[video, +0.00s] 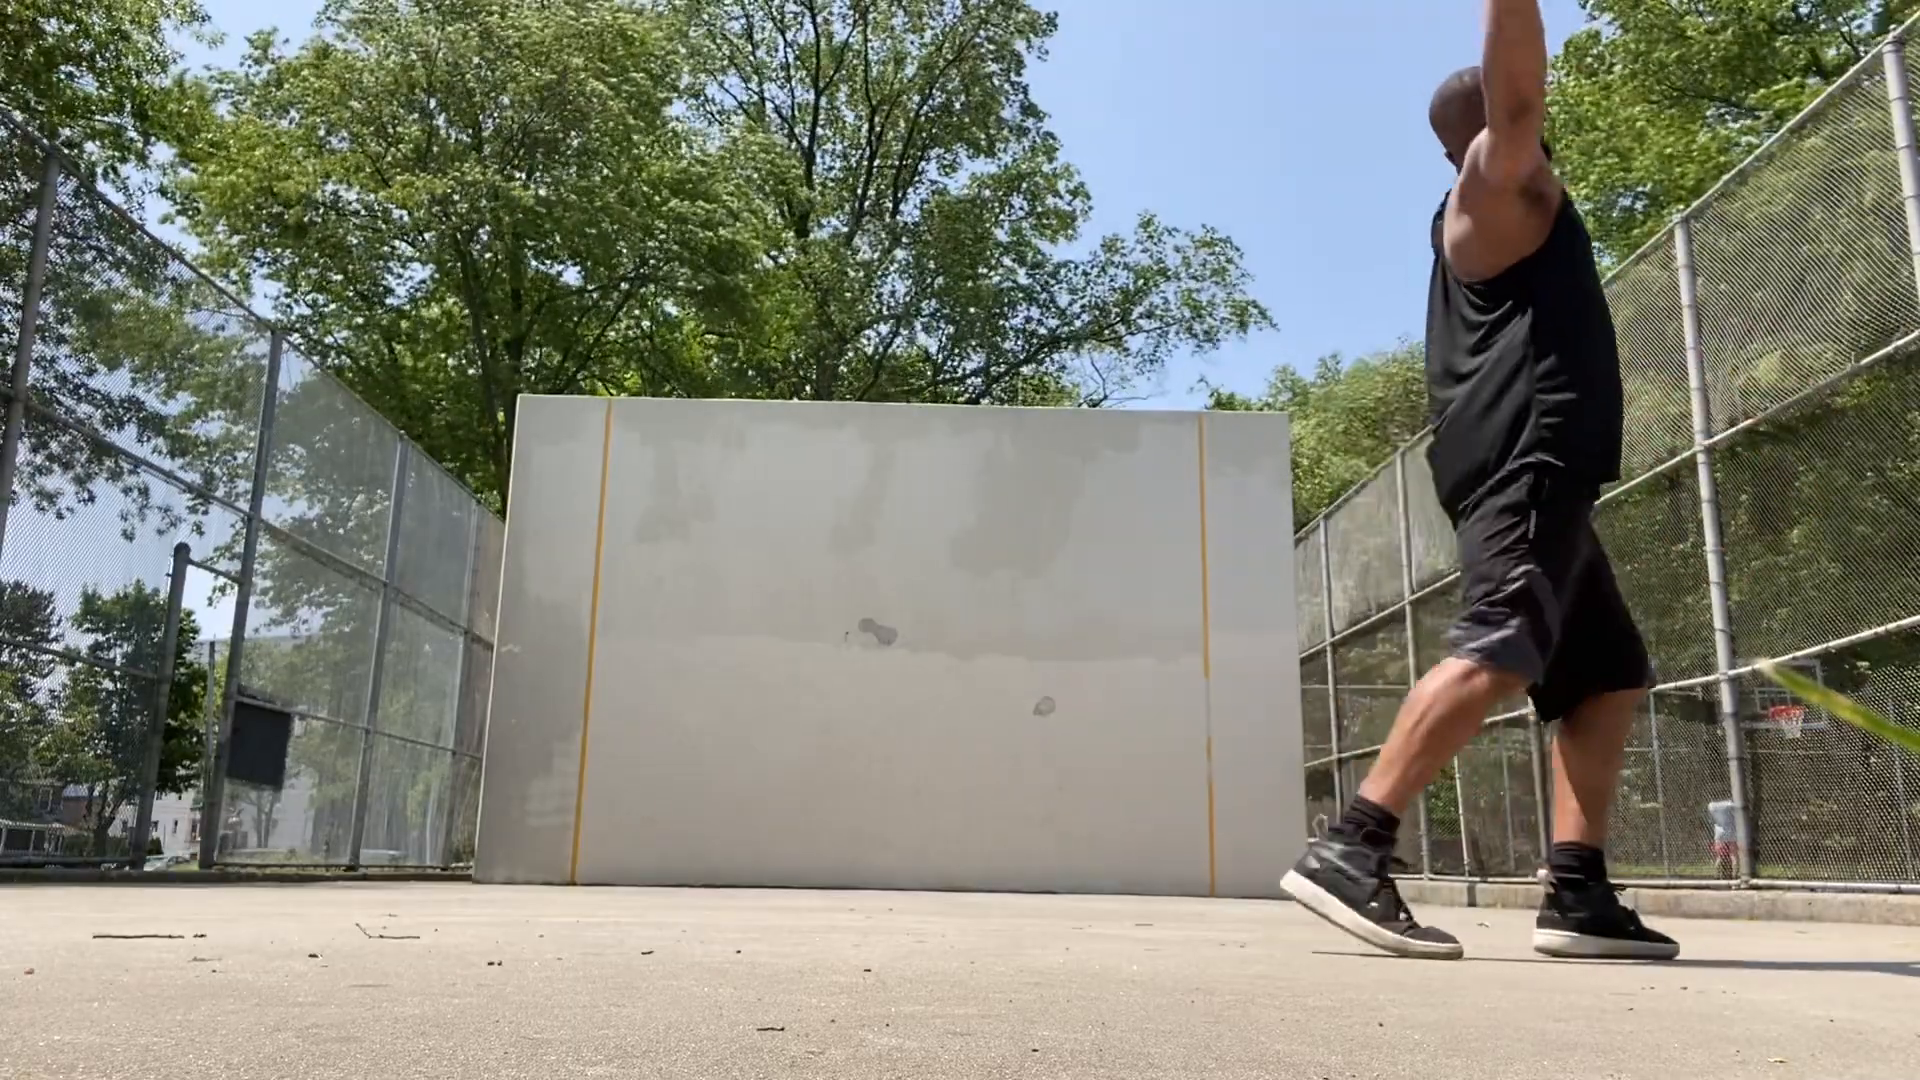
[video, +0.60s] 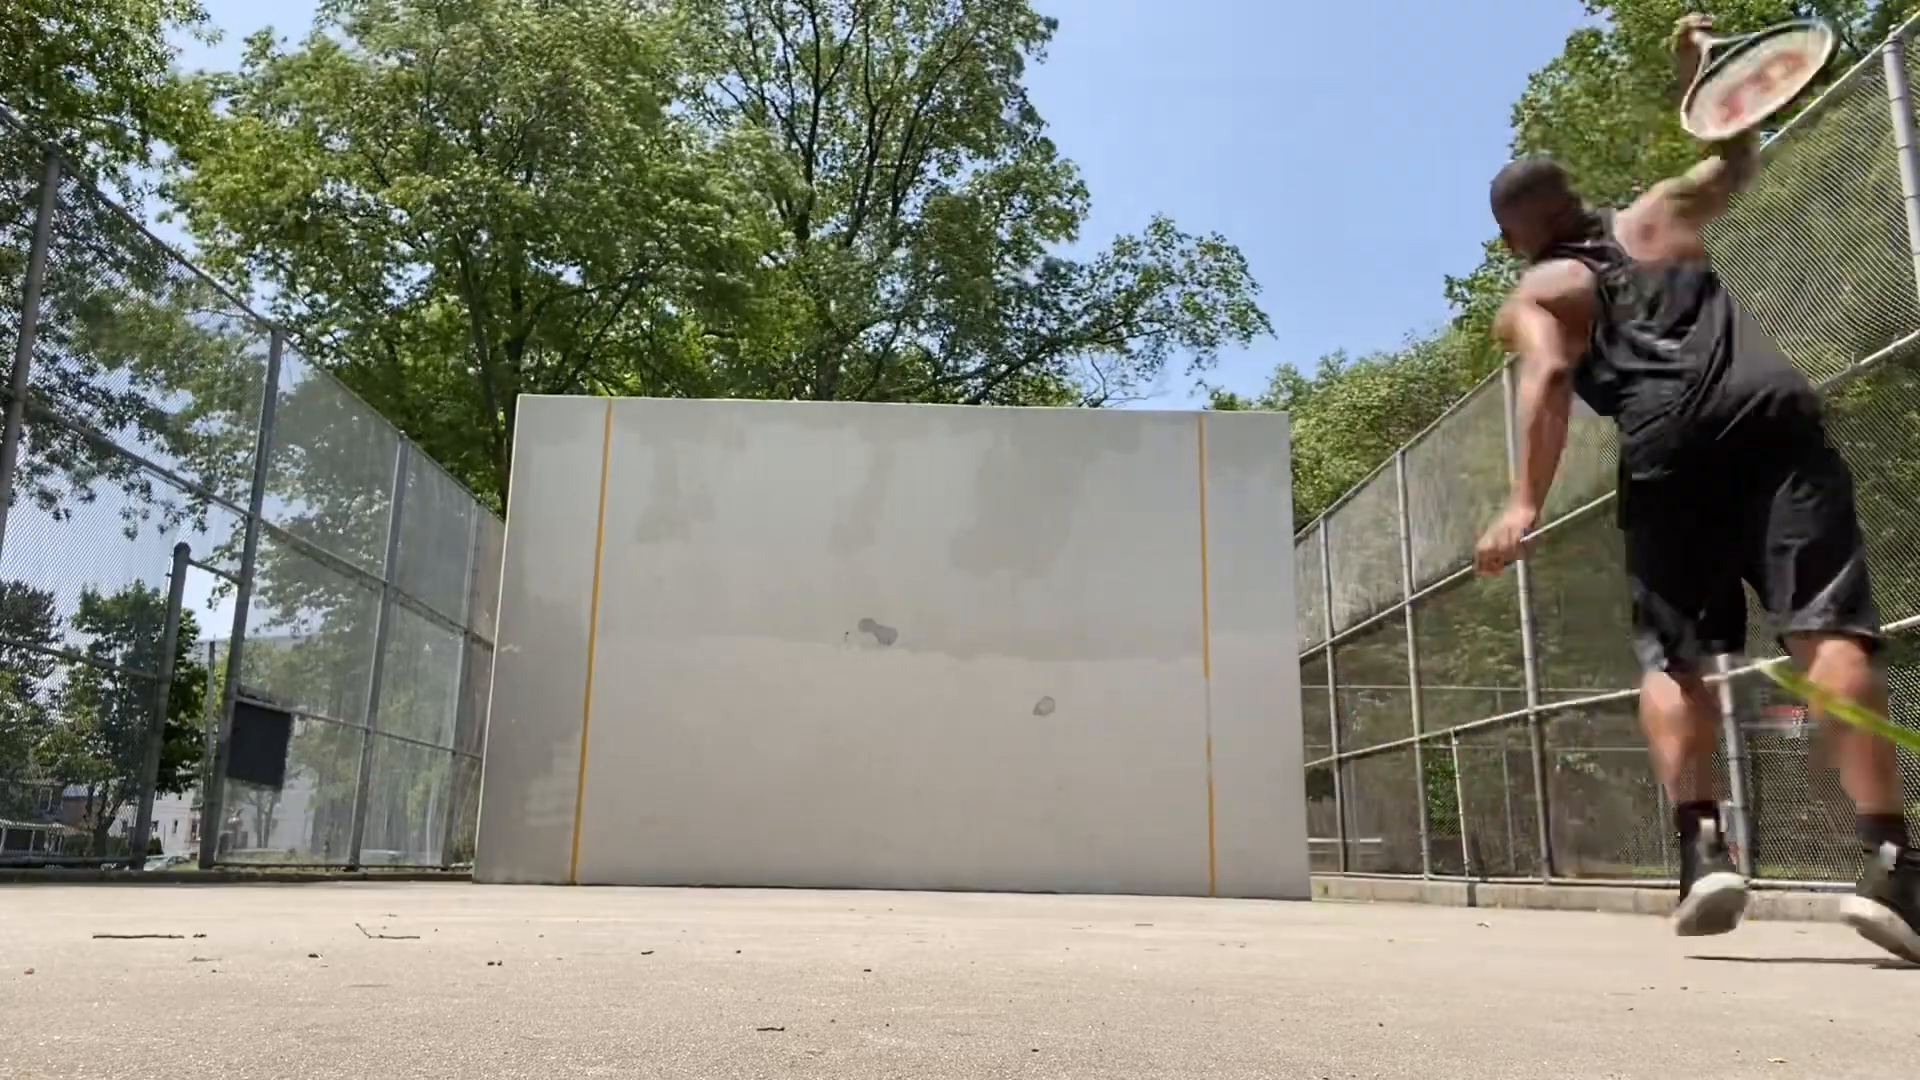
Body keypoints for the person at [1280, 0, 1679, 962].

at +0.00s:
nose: (1535, 118)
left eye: (1529, 108)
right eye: (1520, 109)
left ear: (1454, 140)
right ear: (1496, 123)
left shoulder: (1476, 215)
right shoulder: (1501, 181)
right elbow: (1517, 87)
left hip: (1515, 467)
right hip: (1520, 460)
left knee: (1606, 672)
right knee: (1498, 650)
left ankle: (1577, 893)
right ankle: (1352, 848)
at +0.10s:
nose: (1563, 122)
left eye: (1557, 113)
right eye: (1549, 115)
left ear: (1478, 144)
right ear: (1528, 126)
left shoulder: (1490, 219)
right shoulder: (1531, 191)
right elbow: (1554, 126)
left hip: (1515, 465)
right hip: (1566, 458)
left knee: (1596, 672)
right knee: (1621, 658)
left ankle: (1578, 892)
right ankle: (1447, 803)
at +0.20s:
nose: (1587, 115)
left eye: (1579, 101)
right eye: (1572, 105)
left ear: (1503, 153)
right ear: (1558, 135)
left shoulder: (1513, 227)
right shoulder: (1561, 198)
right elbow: (1588, 179)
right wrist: (1589, 39)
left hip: (1531, 472)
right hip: (1615, 455)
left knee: (1593, 684)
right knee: (1719, 657)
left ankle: (1582, 901)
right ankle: (1583, 798)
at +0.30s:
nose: (1627, 144)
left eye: (1622, 135)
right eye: (1613, 134)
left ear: (1537, 169)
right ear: (1601, 146)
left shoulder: (1548, 246)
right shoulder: (1592, 217)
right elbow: (1635, 189)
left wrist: (1606, 99)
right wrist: (1615, 89)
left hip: (1569, 490)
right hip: (1664, 474)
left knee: (1631, 687)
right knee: (1768, 662)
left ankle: (1577, 877)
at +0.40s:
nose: (1654, 165)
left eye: (1641, 157)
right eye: (1638, 158)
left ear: (1563, 200)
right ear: (1630, 172)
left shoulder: (1560, 282)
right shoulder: (1633, 238)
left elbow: (1511, 374)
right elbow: (1703, 230)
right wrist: (1645, 116)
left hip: (1610, 520)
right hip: (1714, 498)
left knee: (1651, 708)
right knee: (1820, 692)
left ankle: (1585, 855)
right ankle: (1858, 899)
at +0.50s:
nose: (1619, 182)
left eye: (1608, 176)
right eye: (1609, 177)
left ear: (1550, 220)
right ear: (1601, 189)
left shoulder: (1547, 307)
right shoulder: (1667, 224)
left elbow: (1481, 418)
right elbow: (1810, 163)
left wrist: (1446, 545)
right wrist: (1695, 102)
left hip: (1654, 504)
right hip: (1764, 477)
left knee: (1671, 686)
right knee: (1839, 678)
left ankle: (1613, 846)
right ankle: (1863, 903)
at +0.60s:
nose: (1507, 246)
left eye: (1505, 235)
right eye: (1510, 231)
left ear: (1515, 233)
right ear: (1579, 201)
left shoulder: (1532, 299)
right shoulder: (1657, 215)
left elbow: (1550, 380)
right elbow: (1736, 158)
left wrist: (1523, 504)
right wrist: (1700, 70)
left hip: (1667, 454)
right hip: (1771, 408)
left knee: (1674, 655)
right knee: (1832, 629)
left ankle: (1703, 849)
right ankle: (1890, 861)